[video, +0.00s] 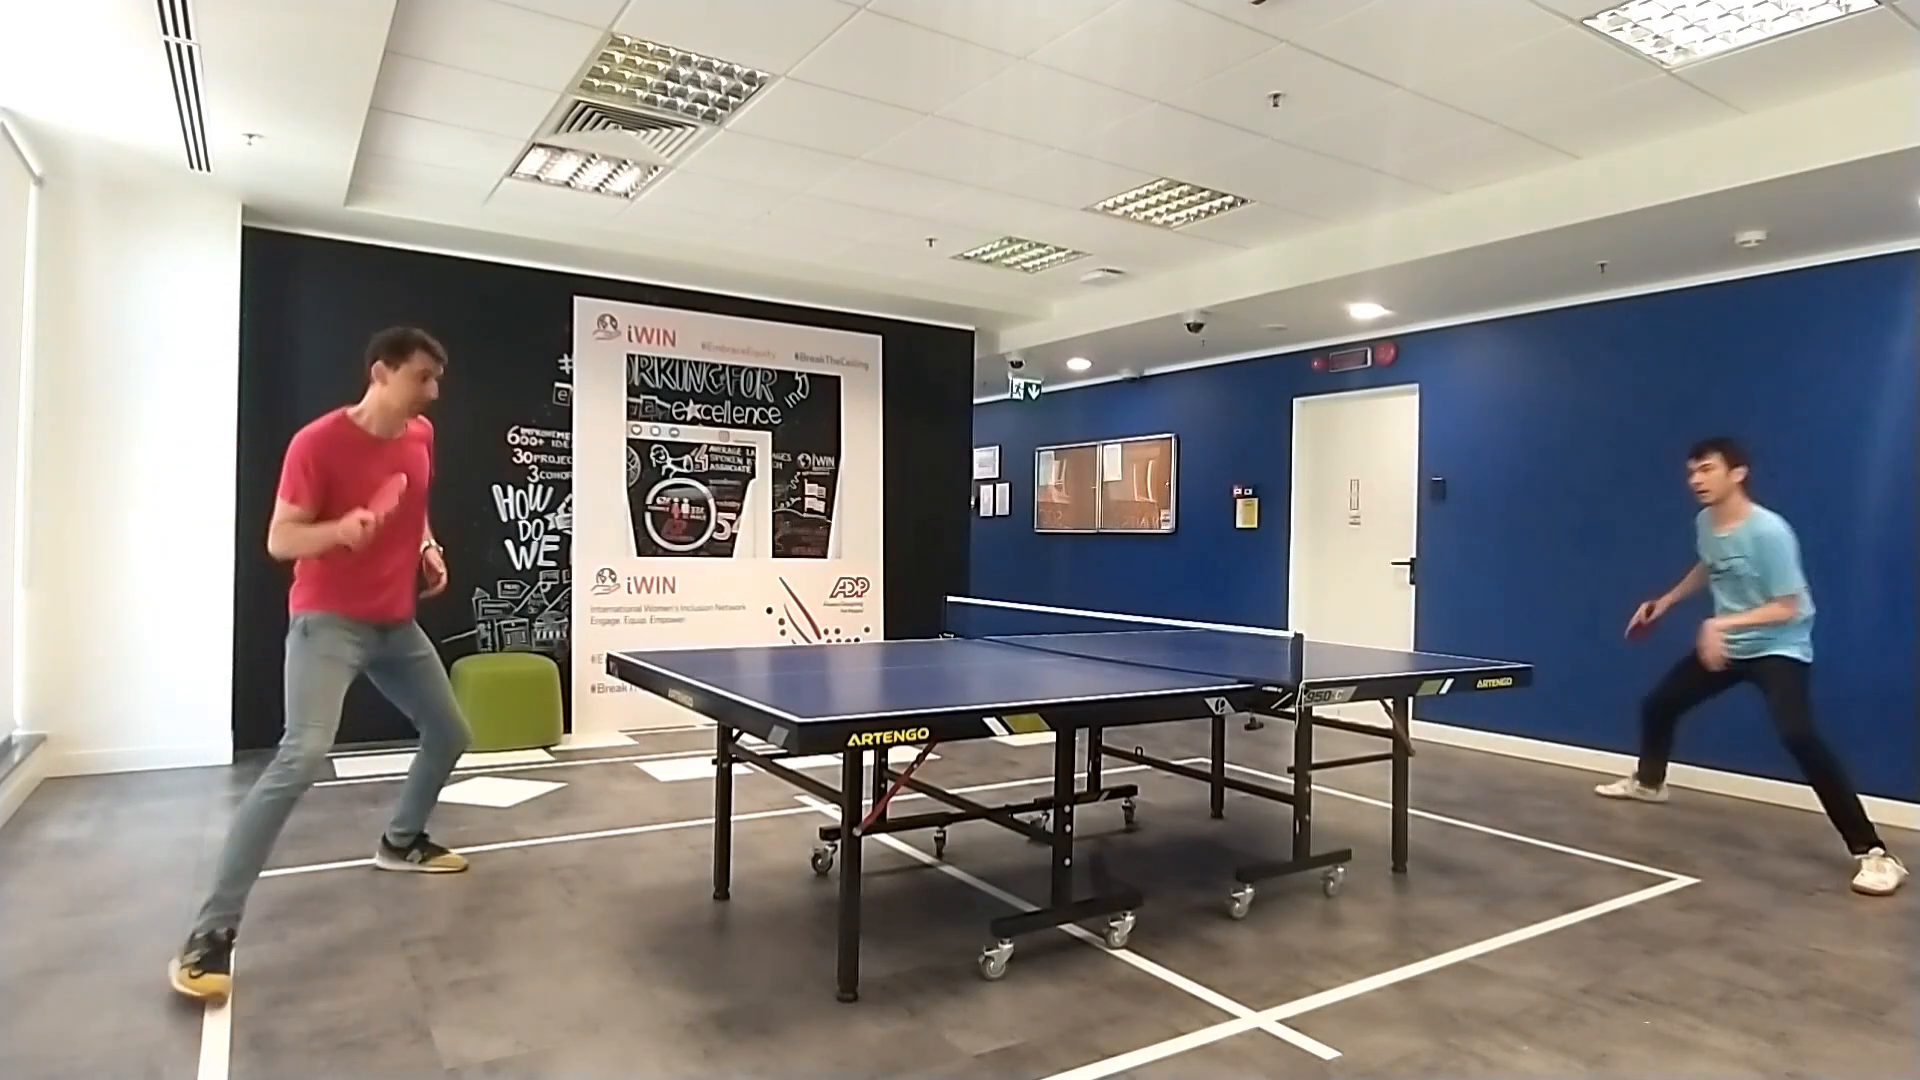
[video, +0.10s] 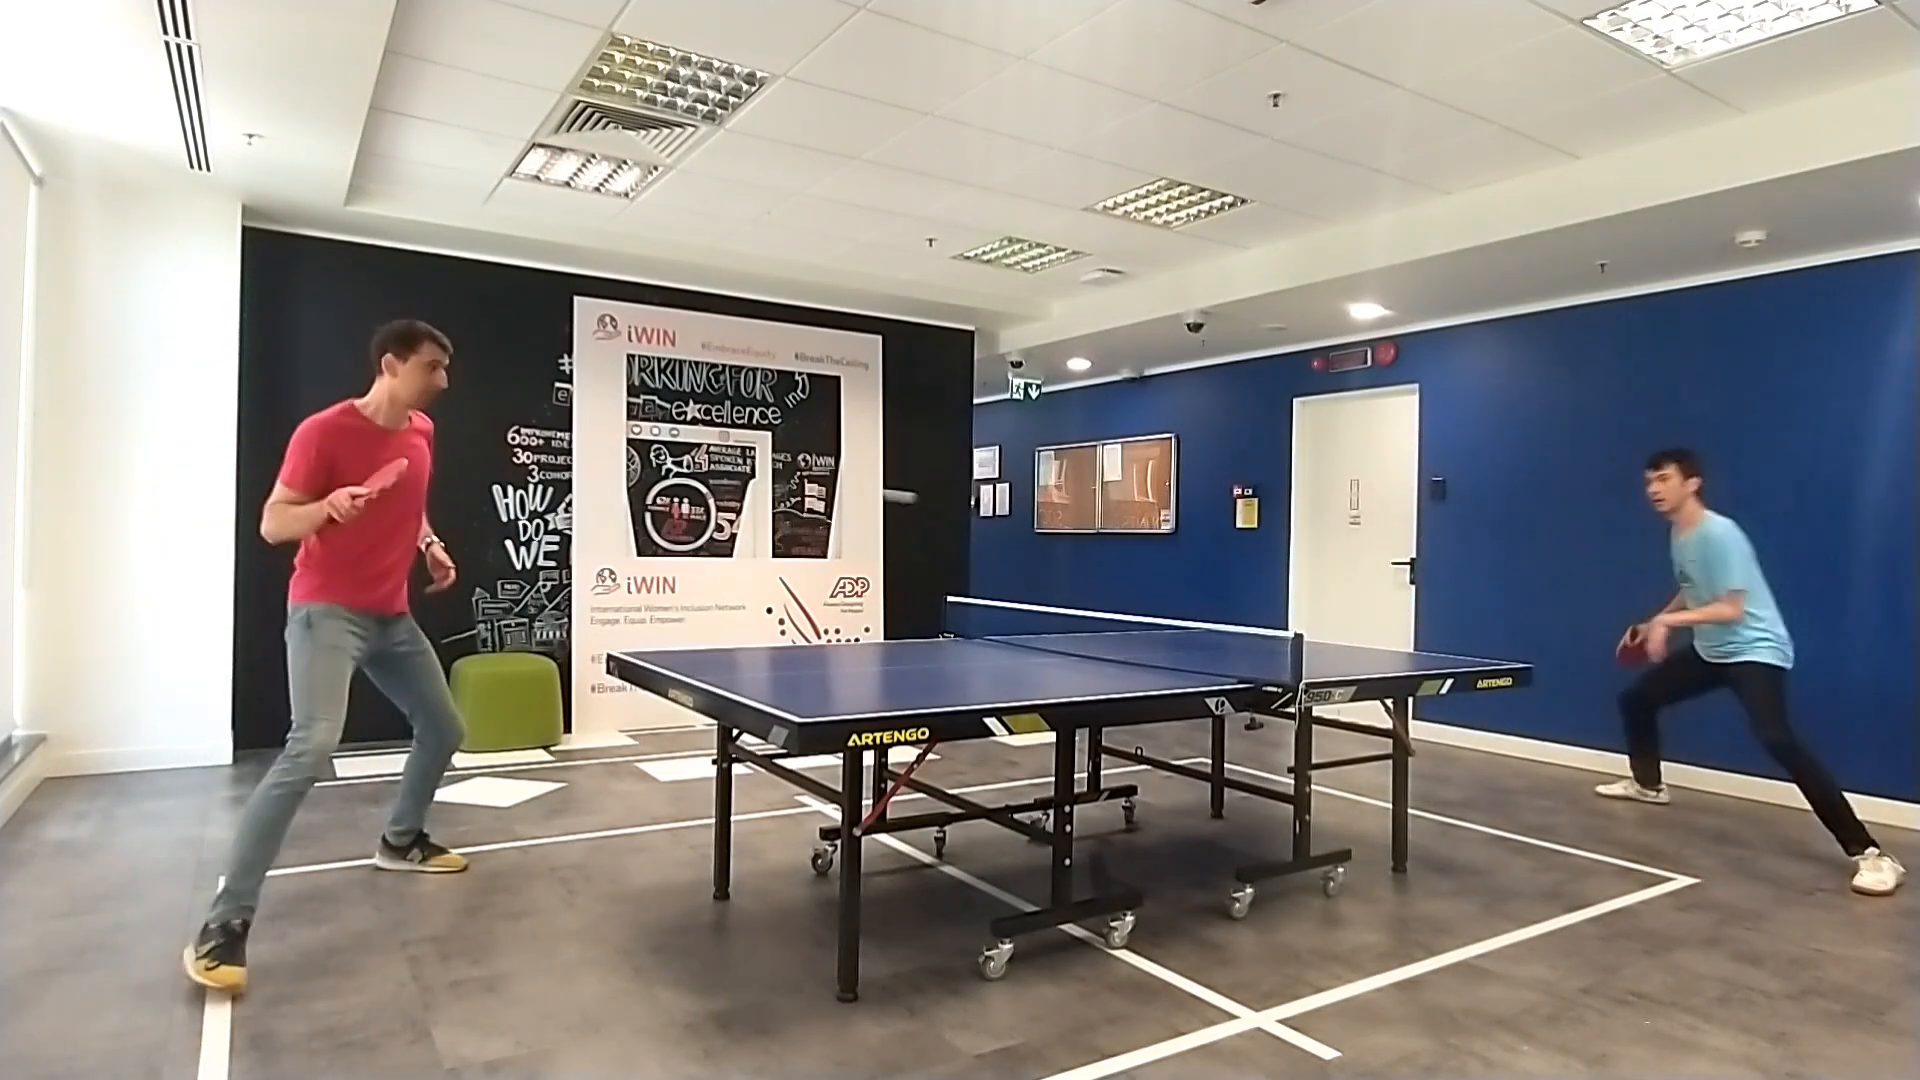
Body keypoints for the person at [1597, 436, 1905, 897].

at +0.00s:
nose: (1696, 479)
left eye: (1706, 469)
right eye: (1693, 472)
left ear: (1738, 475)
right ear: (1693, 480)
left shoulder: (1770, 531)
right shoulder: (1706, 521)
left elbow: (1790, 606)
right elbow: (1710, 569)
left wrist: (1722, 623)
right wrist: (1667, 601)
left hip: (1779, 651)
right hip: (1730, 646)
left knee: (1798, 736)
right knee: (1660, 704)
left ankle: (1873, 854)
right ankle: (1648, 783)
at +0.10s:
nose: (1653, 489)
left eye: (1662, 479)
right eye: (1650, 482)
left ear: (1692, 484)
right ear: (1651, 490)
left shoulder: (1720, 533)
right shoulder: (1679, 536)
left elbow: (1733, 607)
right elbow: (1692, 595)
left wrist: (1669, 621)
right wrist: (1654, 624)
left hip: (1756, 653)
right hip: (1711, 650)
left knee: (1777, 740)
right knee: (1637, 701)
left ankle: (1869, 855)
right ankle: (1647, 784)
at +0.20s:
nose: (1616, 492)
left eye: (1625, 483)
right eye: (1613, 486)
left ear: (1653, 487)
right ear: (1616, 494)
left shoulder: (1675, 528)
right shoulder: (1653, 536)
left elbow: (1685, 598)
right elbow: (1680, 599)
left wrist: (1627, 611)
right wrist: (1653, 640)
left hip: (1735, 646)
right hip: (1697, 645)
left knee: (1770, 737)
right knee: (1630, 696)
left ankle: (1857, 849)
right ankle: (1646, 784)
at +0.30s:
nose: (1589, 495)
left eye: (1596, 485)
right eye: (1585, 488)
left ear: (1624, 486)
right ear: (1601, 493)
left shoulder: (1641, 521)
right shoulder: (1637, 523)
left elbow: (1639, 590)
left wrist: (1593, 598)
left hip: (1726, 635)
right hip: (1691, 635)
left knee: (1760, 728)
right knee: (1634, 694)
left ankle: (1846, 839)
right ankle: (1646, 783)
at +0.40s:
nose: (1573, 496)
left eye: (1579, 486)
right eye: (1570, 489)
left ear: (1607, 485)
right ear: (1607, 490)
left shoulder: (1616, 517)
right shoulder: (1639, 513)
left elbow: (1604, 578)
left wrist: (1563, 586)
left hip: (1716, 628)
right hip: (1687, 630)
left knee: (1750, 720)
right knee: (1638, 692)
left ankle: (1833, 831)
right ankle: (1648, 784)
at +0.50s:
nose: (1560, 492)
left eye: (1567, 482)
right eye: (1558, 485)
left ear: (1595, 482)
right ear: (1595, 487)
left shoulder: (1607, 512)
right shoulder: (1631, 511)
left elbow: (1602, 564)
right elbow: (1678, 565)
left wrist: (1560, 580)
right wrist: (1720, 623)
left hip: (1703, 621)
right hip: (1679, 624)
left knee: (1718, 710)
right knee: (1639, 694)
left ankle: (1814, 815)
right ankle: (1649, 782)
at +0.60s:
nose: (1549, 488)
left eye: (1555, 478)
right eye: (1548, 480)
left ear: (1584, 475)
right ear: (1576, 480)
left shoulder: (1612, 507)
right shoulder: (1597, 518)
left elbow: (1650, 546)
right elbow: (1642, 555)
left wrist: (1602, 577)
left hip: (1695, 618)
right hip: (1661, 624)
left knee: (1682, 698)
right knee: (1634, 697)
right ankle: (1650, 784)